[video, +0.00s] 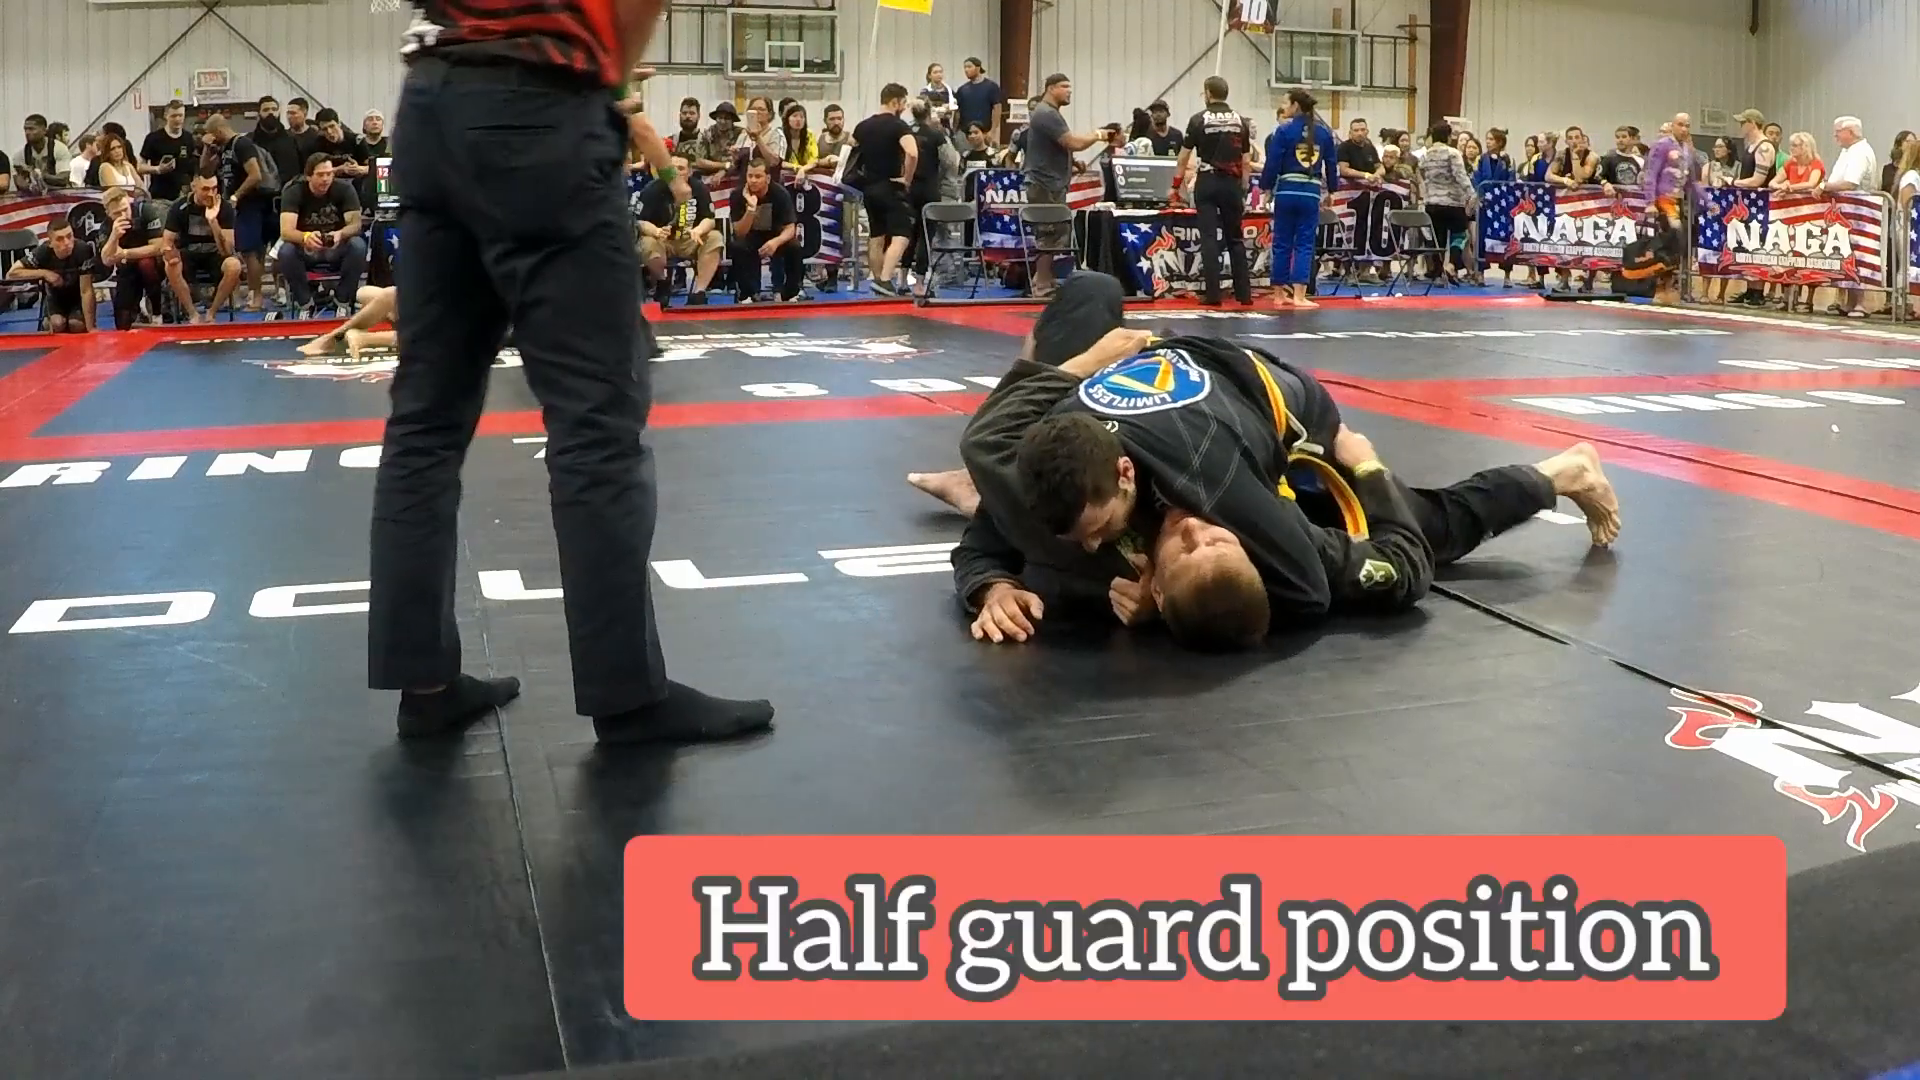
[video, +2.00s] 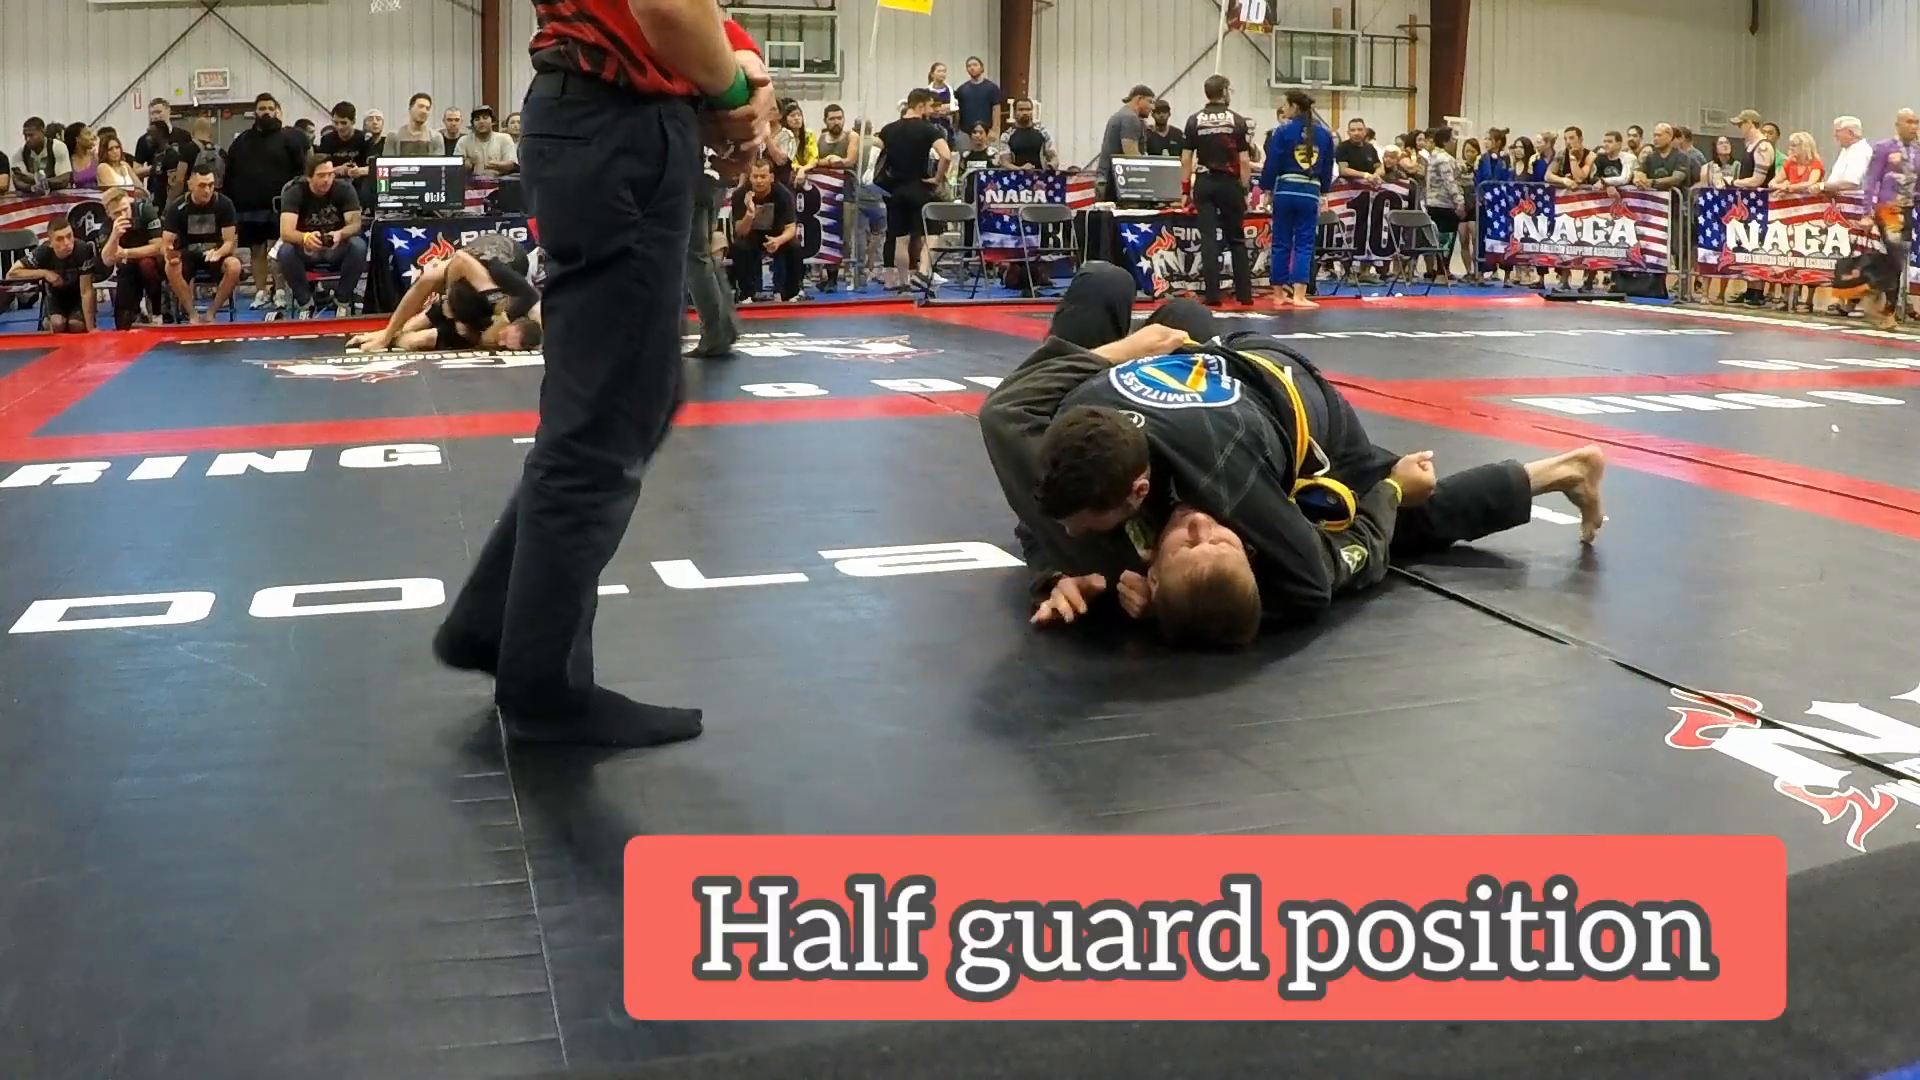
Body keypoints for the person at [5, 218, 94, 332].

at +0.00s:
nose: (67, 243)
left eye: (69, 237)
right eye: (60, 239)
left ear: (73, 235)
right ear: (50, 241)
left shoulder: (83, 249)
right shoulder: (43, 251)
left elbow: (86, 291)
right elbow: (12, 273)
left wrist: (91, 328)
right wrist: (44, 273)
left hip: (77, 293)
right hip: (55, 293)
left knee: (77, 325)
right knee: (58, 323)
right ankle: (46, 324)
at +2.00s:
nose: (67, 243)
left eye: (69, 237)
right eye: (60, 239)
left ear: (73, 234)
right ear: (50, 241)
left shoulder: (83, 250)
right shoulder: (44, 251)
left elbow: (86, 291)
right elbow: (12, 273)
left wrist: (91, 328)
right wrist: (44, 273)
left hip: (78, 291)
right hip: (55, 292)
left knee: (76, 324)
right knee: (58, 323)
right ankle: (46, 323)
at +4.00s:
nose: (67, 243)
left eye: (69, 236)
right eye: (60, 239)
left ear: (73, 235)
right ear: (50, 241)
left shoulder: (83, 249)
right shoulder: (43, 251)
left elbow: (86, 290)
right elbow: (12, 274)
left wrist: (91, 328)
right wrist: (44, 273)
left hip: (78, 291)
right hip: (55, 292)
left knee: (76, 324)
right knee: (58, 323)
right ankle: (46, 323)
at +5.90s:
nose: (67, 243)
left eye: (69, 237)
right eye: (60, 239)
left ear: (73, 235)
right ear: (50, 240)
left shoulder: (83, 249)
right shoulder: (44, 251)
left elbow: (86, 290)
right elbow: (12, 273)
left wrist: (91, 327)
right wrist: (44, 273)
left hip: (78, 291)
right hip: (55, 292)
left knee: (77, 324)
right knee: (58, 323)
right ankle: (46, 323)